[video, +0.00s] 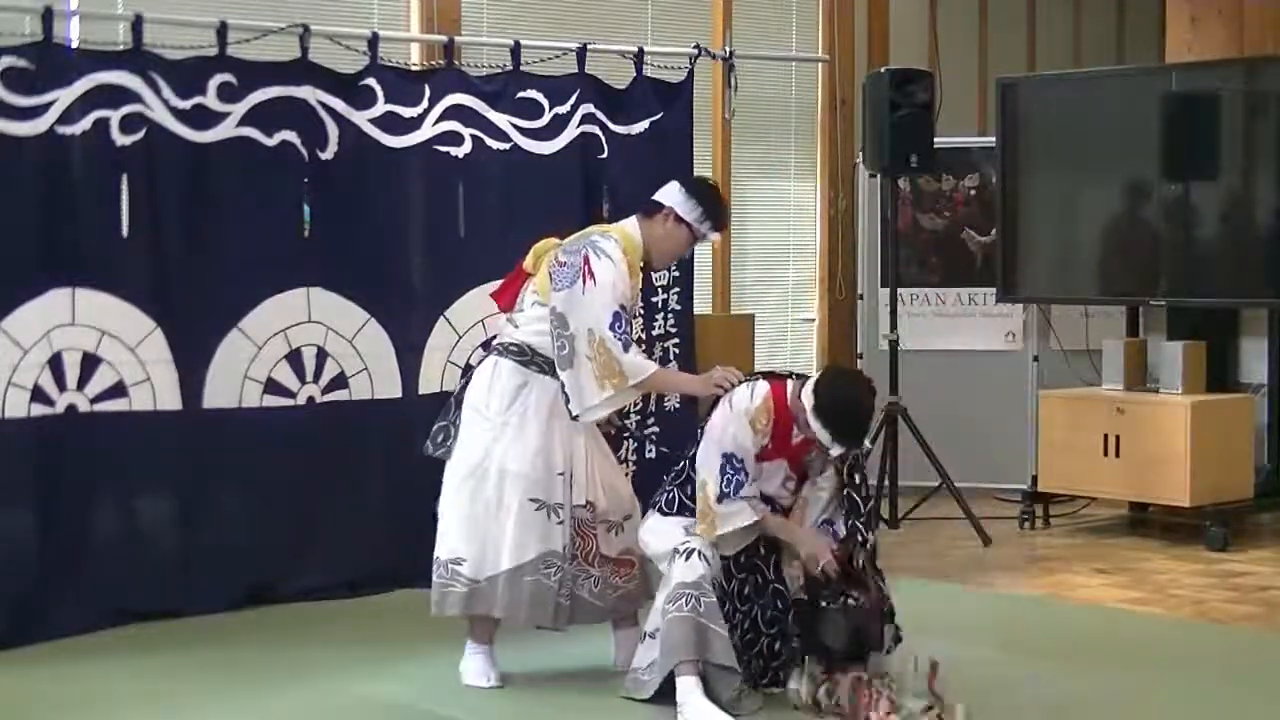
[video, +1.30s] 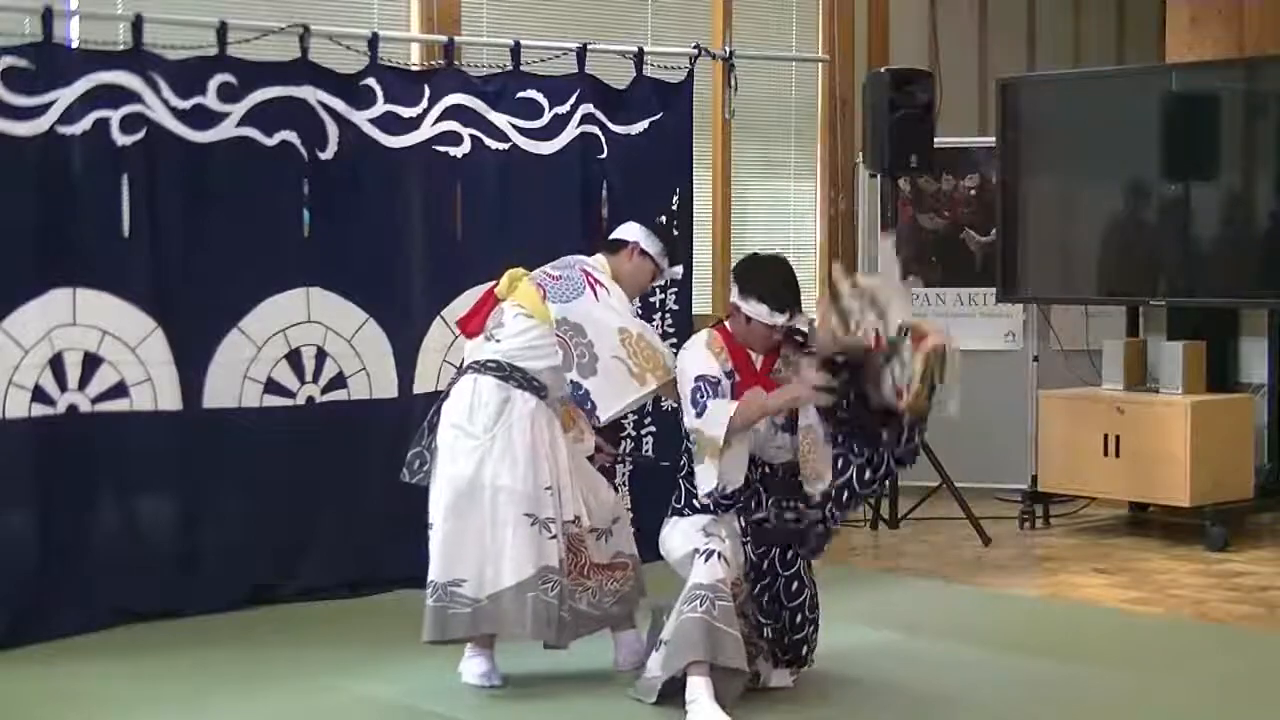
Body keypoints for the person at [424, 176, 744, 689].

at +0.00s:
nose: (688, 254)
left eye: (695, 244)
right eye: (691, 240)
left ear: (666, 220)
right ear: (667, 219)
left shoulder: (618, 262)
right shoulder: (598, 258)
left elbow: (600, 358)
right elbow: (613, 359)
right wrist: (695, 384)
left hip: (558, 399)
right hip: (513, 391)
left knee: (615, 508)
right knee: (498, 513)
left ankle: (630, 648)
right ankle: (479, 649)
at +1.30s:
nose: (651, 285)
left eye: (656, 277)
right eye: (652, 273)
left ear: (621, 252)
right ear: (631, 253)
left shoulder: (566, 276)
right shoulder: (592, 283)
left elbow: (546, 377)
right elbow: (651, 363)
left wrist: (586, 436)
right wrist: (703, 400)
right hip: (499, 403)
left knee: (604, 510)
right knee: (488, 525)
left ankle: (628, 642)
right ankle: (479, 650)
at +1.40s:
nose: (646, 290)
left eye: (651, 283)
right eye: (648, 277)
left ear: (621, 255)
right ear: (629, 256)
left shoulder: (559, 273)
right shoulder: (593, 283)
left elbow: (547, 380)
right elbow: (643, 341)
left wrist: (579, 433)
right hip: (501, 406)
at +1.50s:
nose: (644, 290)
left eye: (649, 282)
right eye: (646, 276)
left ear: (619, 255)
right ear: (627, 255)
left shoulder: (559, 274)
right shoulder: (594, 280)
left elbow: (543, 384)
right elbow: (656, 349)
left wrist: (581, 443)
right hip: (492, 403)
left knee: (593, 512)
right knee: (487, 526)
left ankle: (627, 643)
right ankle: (478, 653)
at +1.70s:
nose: (640, 280)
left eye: (646, 271)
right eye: (643, 266)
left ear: (613, 243)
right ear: (622, 245)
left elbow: (542, 370)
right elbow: (634, 353)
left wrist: (577, 432)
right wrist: (654, 408)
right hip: (498, 399)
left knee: (594, 510)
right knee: (488, 522)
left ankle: (627, 642)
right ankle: (478, 652)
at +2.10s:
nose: (661, 254)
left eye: (667, 244)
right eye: (661, 238)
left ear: (629, 221)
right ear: (630, 217)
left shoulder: (592, 263)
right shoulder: (580, 258)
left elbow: (564, 354)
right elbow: (590, 346)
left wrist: (591, 415)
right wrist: (668, 345)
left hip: (544, 400)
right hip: (503, 394)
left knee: (613, 504)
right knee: (498, 517)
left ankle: (631, 643)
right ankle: (478, 650)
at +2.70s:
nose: (672, 258)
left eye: (679, 249)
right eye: (673, 244)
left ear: (643, 227)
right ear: (644, 223)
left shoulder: (604, 263)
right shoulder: (595, 261)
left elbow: (587, 357)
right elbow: (595, 347)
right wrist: (678, 331)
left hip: (557, 405)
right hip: (515, 398)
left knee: (621, 506)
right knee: (500, 519)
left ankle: (633, 647)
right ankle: (479, 651)